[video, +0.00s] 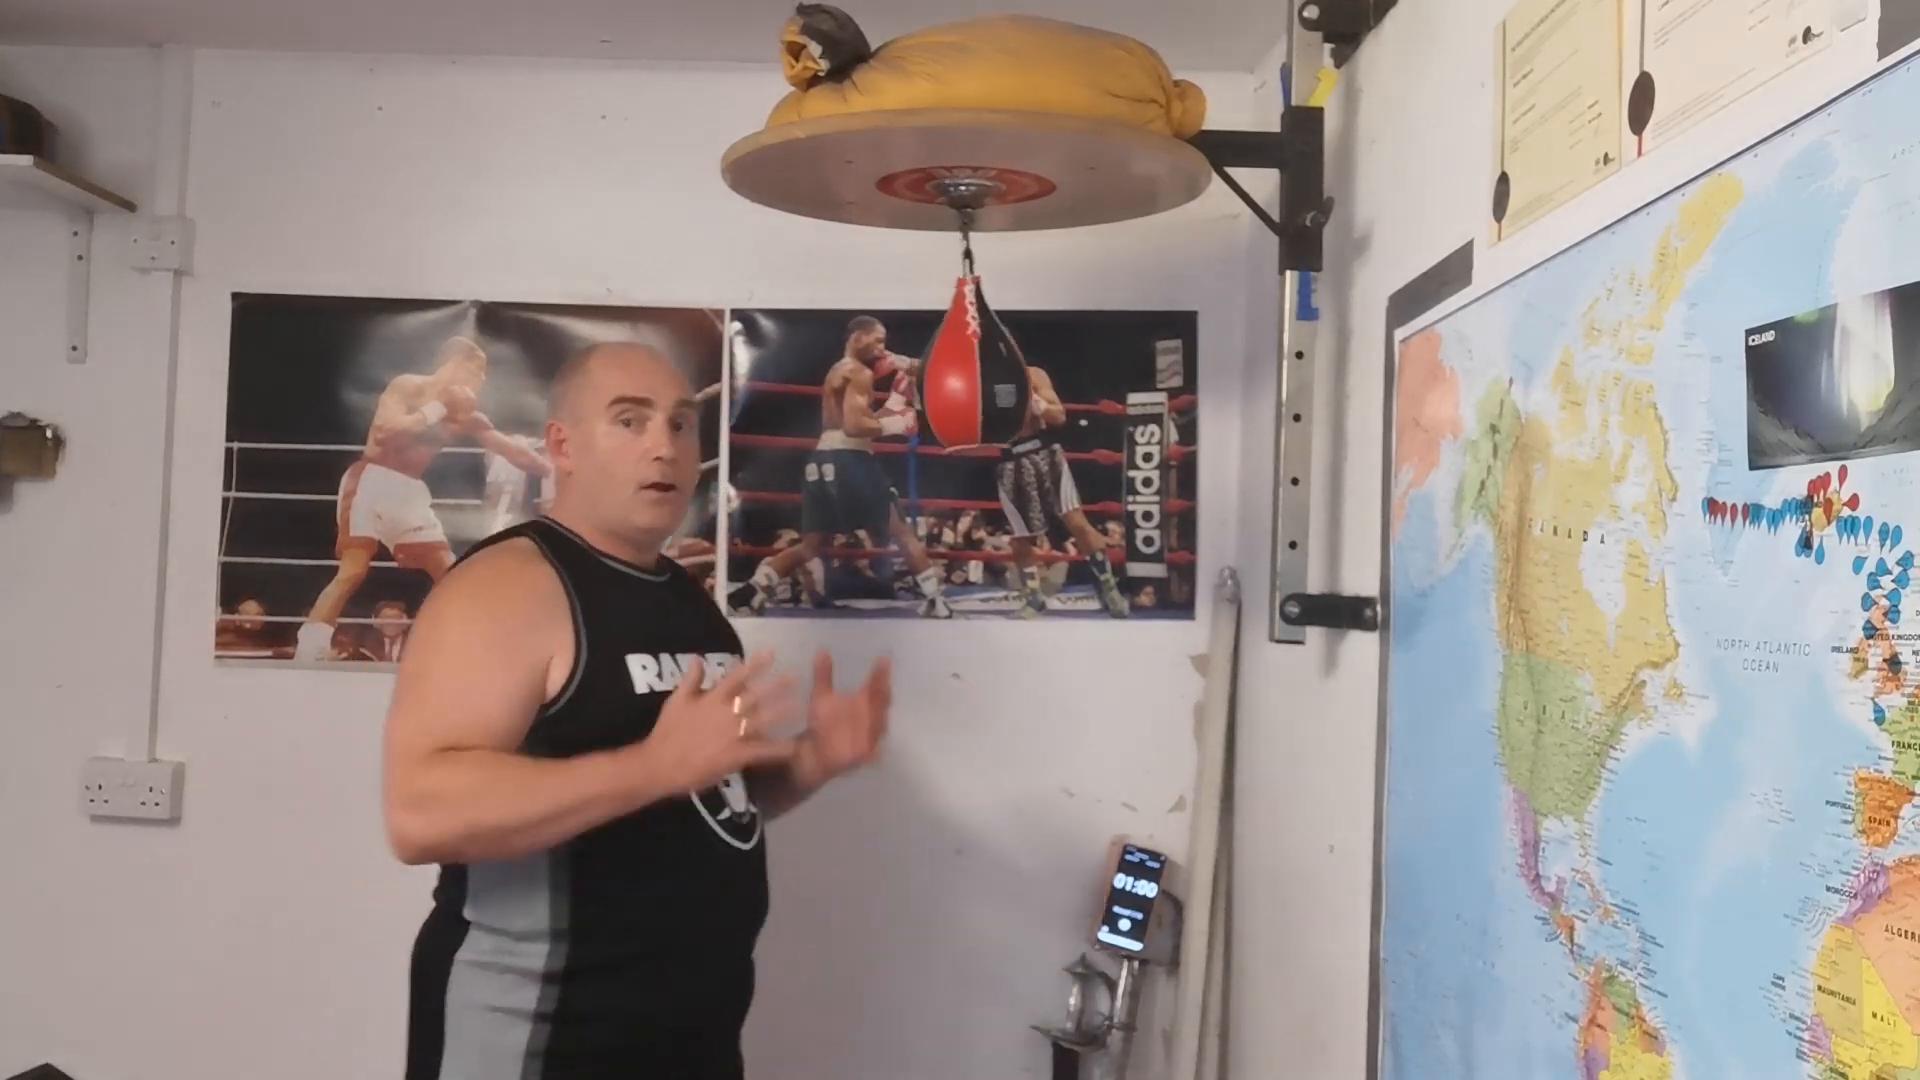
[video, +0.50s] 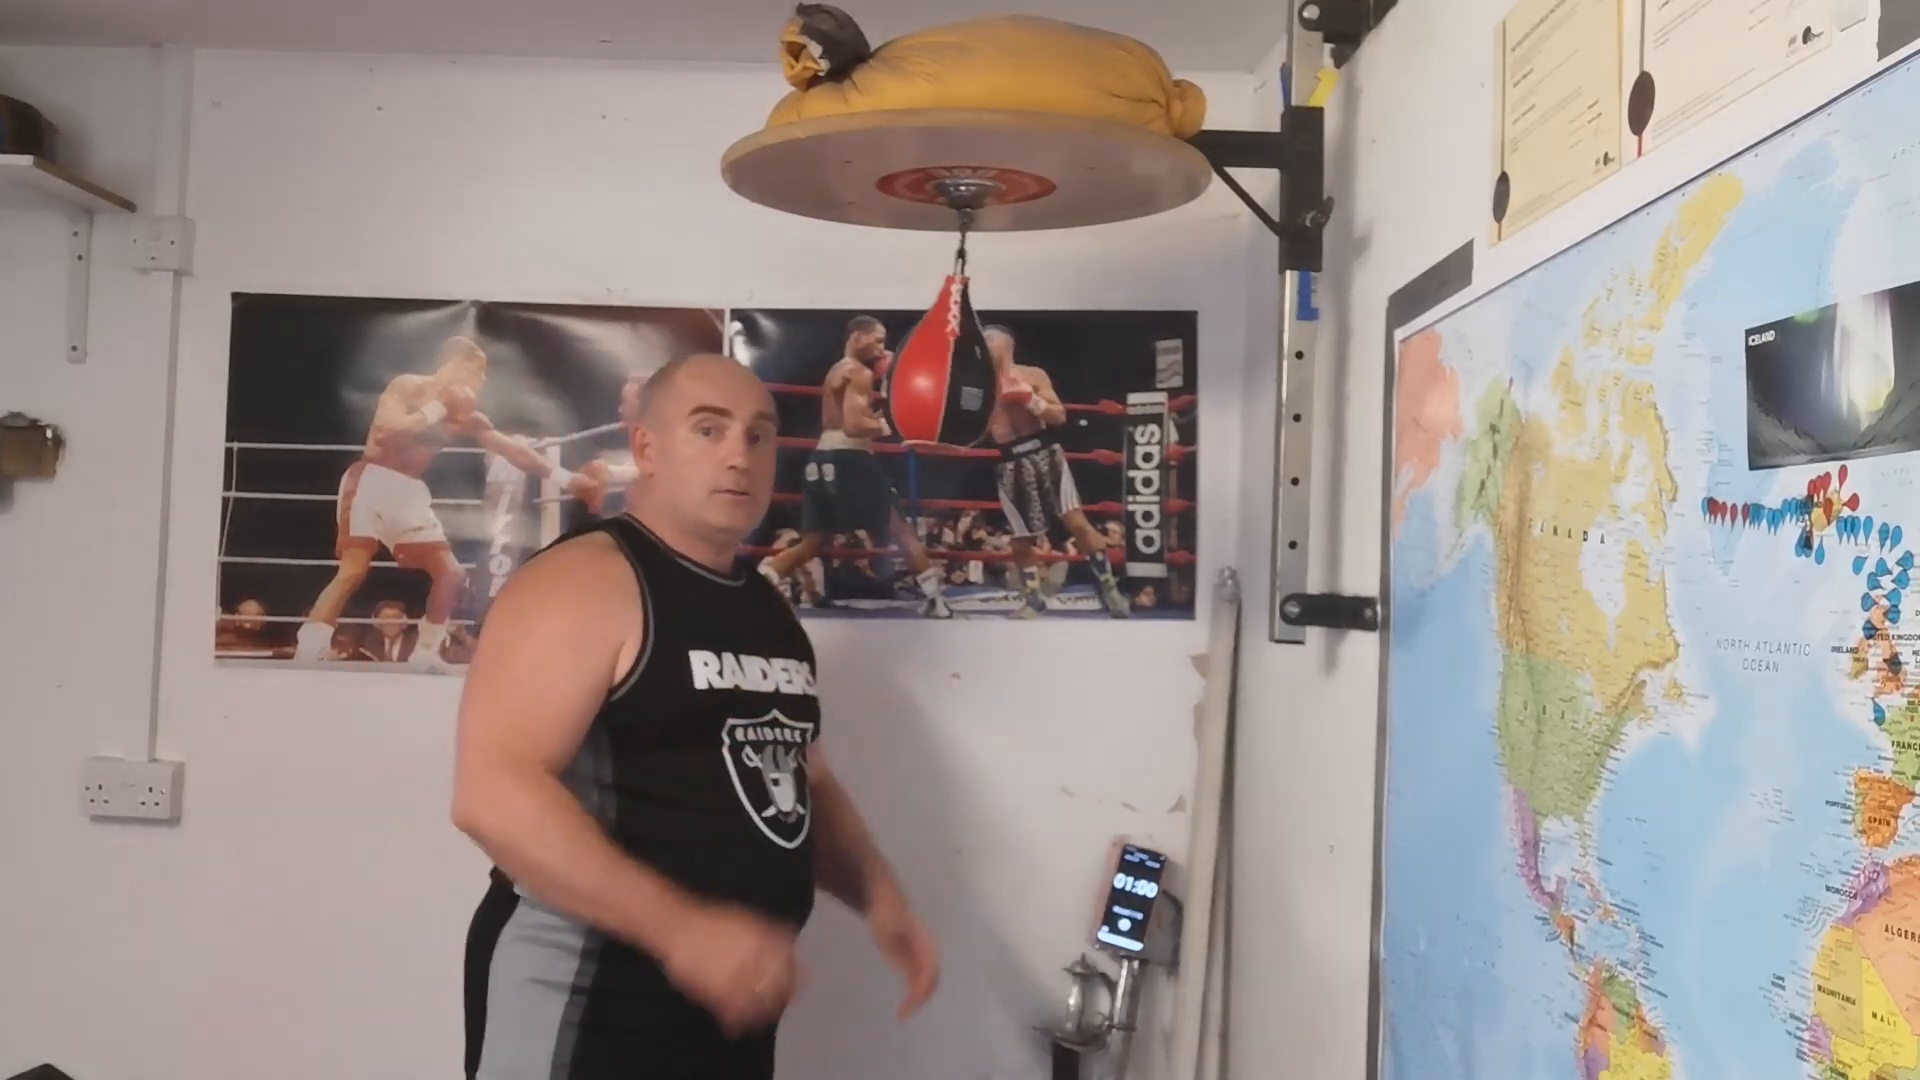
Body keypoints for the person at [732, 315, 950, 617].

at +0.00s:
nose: (881, 348)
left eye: (882, 342)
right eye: (877, 342)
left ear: (854, 341)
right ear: (858, 339)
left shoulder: (834, 372)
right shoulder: (860, 372)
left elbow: (846, 420)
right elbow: (854, 424)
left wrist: (886, 410)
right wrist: (896, 424)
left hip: (820, 463)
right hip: (853, 464)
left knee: (811, 544)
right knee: (902, 531)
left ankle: (753, 589)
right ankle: (935, 598)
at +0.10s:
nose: (881, 349)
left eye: (882, 343)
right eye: (877, 342)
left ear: (854, 341)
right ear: (858, 338)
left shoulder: (834, 373)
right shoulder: (859, 373)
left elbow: (847, 423)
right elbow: (855, 425)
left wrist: (886, 411)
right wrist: (893, 424)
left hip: (821, 463)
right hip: (852, 464)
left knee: (812, 544)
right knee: (901, 530)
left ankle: (752, 590)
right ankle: (936, 598)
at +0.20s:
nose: (881, 349)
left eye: (883, 343)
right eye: (877, 342)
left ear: (855, 340)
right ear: (858, 338)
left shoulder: (834, 373)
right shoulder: (859, 373)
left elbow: (848, 423)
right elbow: (855, 425)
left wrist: (886, 411)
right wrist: (894, 423)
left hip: (820, 463)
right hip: (852, 463)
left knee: (812, 544)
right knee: (901, 531)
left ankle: (752, 590)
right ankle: (936, 598)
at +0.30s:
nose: (881, 350)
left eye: (883, 343)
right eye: (877, 342)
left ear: (855, 341)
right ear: (856, 338)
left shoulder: (834, 373)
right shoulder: (859, 373)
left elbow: (842, 421)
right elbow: (854, 425)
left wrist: (884, 411)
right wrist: (889, 424)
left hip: (820, 463)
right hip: (852, 463)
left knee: (813, 543)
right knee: (903, 531)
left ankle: (752, 590)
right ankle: (935, 599)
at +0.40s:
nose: (881, 349)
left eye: (882, 343)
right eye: (877, 342)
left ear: (855, 341)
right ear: (856, 338)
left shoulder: (834, 372)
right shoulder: (858, 373)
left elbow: (837, 420)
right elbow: (854, 425)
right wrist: (885, 424)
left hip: (820, 462)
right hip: (852, 462)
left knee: (814, 542)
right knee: (903, 530)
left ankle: (753, 589)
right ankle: (935, 599)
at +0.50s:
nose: (881, 349)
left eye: (882, 343)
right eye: (877, 342)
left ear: (853, 340)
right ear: (856, 338)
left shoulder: (834, 372)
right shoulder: (858, 373)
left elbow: (837, 419)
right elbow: (854, 425)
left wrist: (878, 375)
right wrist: (884, 425)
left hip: (820, 462)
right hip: (852, 462)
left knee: (814, 542)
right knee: (903, 530)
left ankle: (753, 588)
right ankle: (936, 599)